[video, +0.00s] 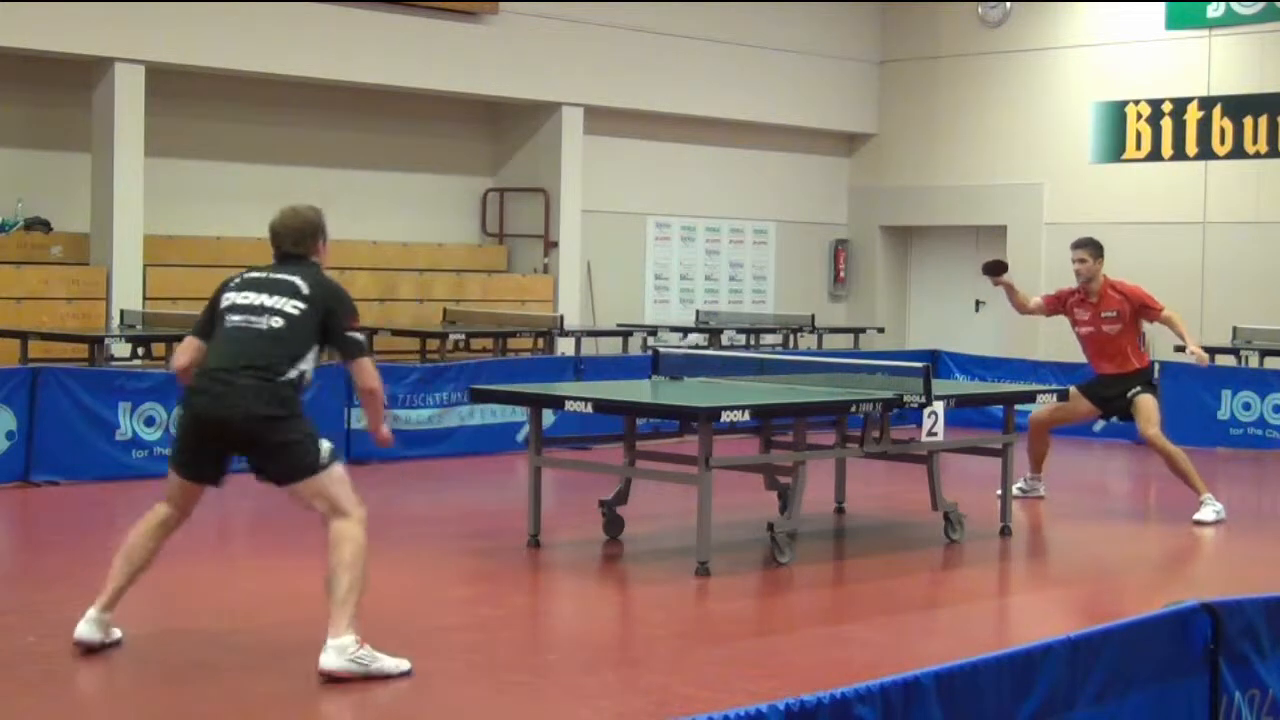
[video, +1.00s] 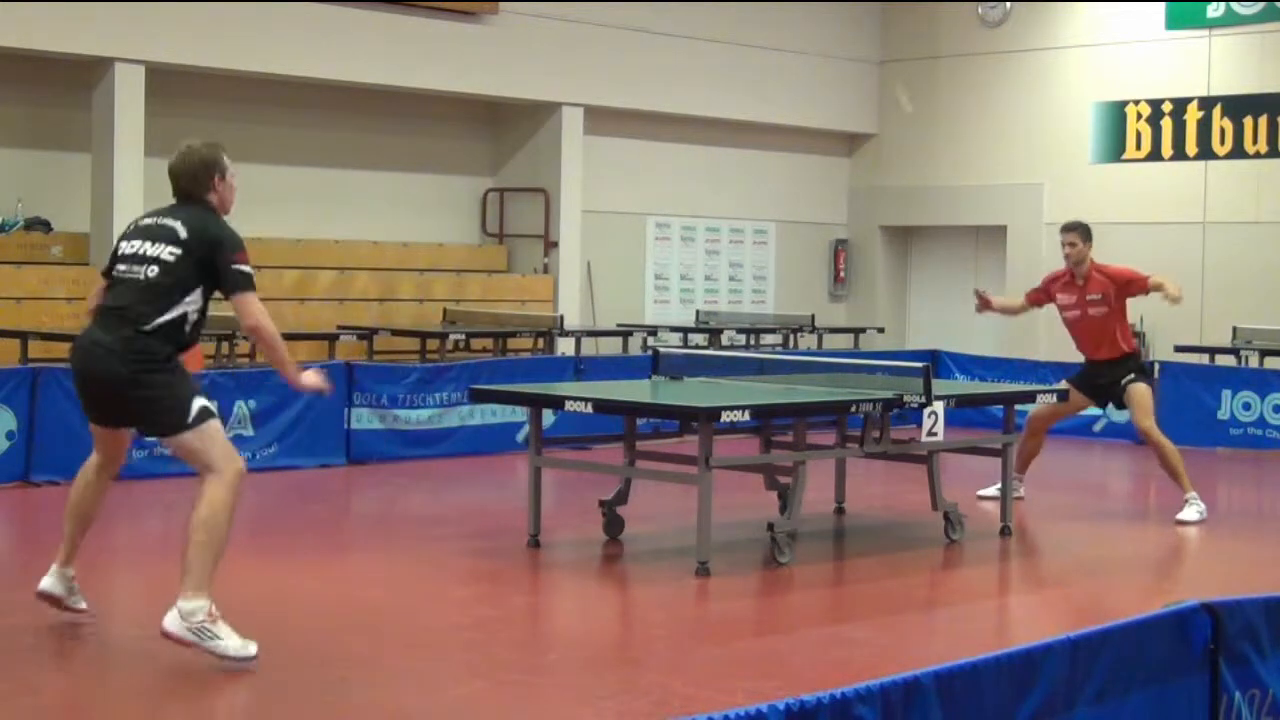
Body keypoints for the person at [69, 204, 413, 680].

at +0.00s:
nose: (329, 252)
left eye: (324, 244)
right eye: (328, 245)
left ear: (274, 248)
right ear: (320, 248)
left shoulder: (237, 283)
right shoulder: (328, 292)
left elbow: (183, 360)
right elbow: (369, 384)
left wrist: (216, 397)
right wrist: (377, 426)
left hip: (205, 402)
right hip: (268, 407)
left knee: (170, 507)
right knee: (346, 514)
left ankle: (96, 616)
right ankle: (342, 643)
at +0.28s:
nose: (297, 255)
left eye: (297, 247)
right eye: (296, 247)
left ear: (244, 249)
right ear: (284, 249)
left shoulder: (209, 278)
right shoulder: (278, 281)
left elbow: (184, 346)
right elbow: (314, 369)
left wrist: (233, 396)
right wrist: (352, 375)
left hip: (140, 383)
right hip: (201, 385)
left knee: (140, 494)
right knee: (281, 494)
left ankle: (88, 612)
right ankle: (297, 634)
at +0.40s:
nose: (276, 229)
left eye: (276, 218)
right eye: (273, 218)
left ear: (224, 215)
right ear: (254, 216)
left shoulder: (187, 251)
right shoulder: (238, 244)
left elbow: (234, 339)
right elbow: (312, 298)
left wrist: (283, 359)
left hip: (128, 374)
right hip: (188, 373)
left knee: (134, 492)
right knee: (253, 489)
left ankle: (86, 613)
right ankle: (289, 622)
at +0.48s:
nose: (263, 203)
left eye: (264, 194)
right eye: (261, 193)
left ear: (211, 187)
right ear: (243, 190)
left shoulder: (174, 227)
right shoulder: (228, 215)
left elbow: (243, 287)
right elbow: (315, 255)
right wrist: (375, 247)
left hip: (128, 359)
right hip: (186, 358)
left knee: (134, 482)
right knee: (249, 475)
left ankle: (87, 604)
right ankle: (239, 613)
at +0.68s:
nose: (241, 177)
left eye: (239, 168)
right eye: (238, 169)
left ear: (187, 178)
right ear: (221, 174)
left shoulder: (157, 228)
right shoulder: (231, 221)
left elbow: (164, 301)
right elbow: (315, 274)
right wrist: (383, 283)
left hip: (140, 367)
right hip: (197, 372)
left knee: (131, 485)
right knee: (223, 501)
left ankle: (79, 600)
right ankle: (194, 646)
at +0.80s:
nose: (238, 198)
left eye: (234, 190)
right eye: (233, 191)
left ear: (185, 202)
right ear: (218, 199)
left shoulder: (152, 249)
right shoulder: (223, 255)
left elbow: (125, 310)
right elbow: (288, 318)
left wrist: (187, 316)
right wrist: (355, 348)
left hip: (129, 394)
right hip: (189, 398)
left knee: (126, 496)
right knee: (217, 515)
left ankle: (70, 612)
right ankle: (192, 653)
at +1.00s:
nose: (234, 186)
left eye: (232, 177)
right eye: (231, 178)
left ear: (182, 187)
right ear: (216, 185)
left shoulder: (142, 223)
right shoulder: (218, 233)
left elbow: (98, 302)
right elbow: (254, 321)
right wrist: (295, 375)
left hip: (91, 354)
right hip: (143, 364)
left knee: (106, 455)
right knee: (226, 469)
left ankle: (60, 571)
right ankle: (193, 608)